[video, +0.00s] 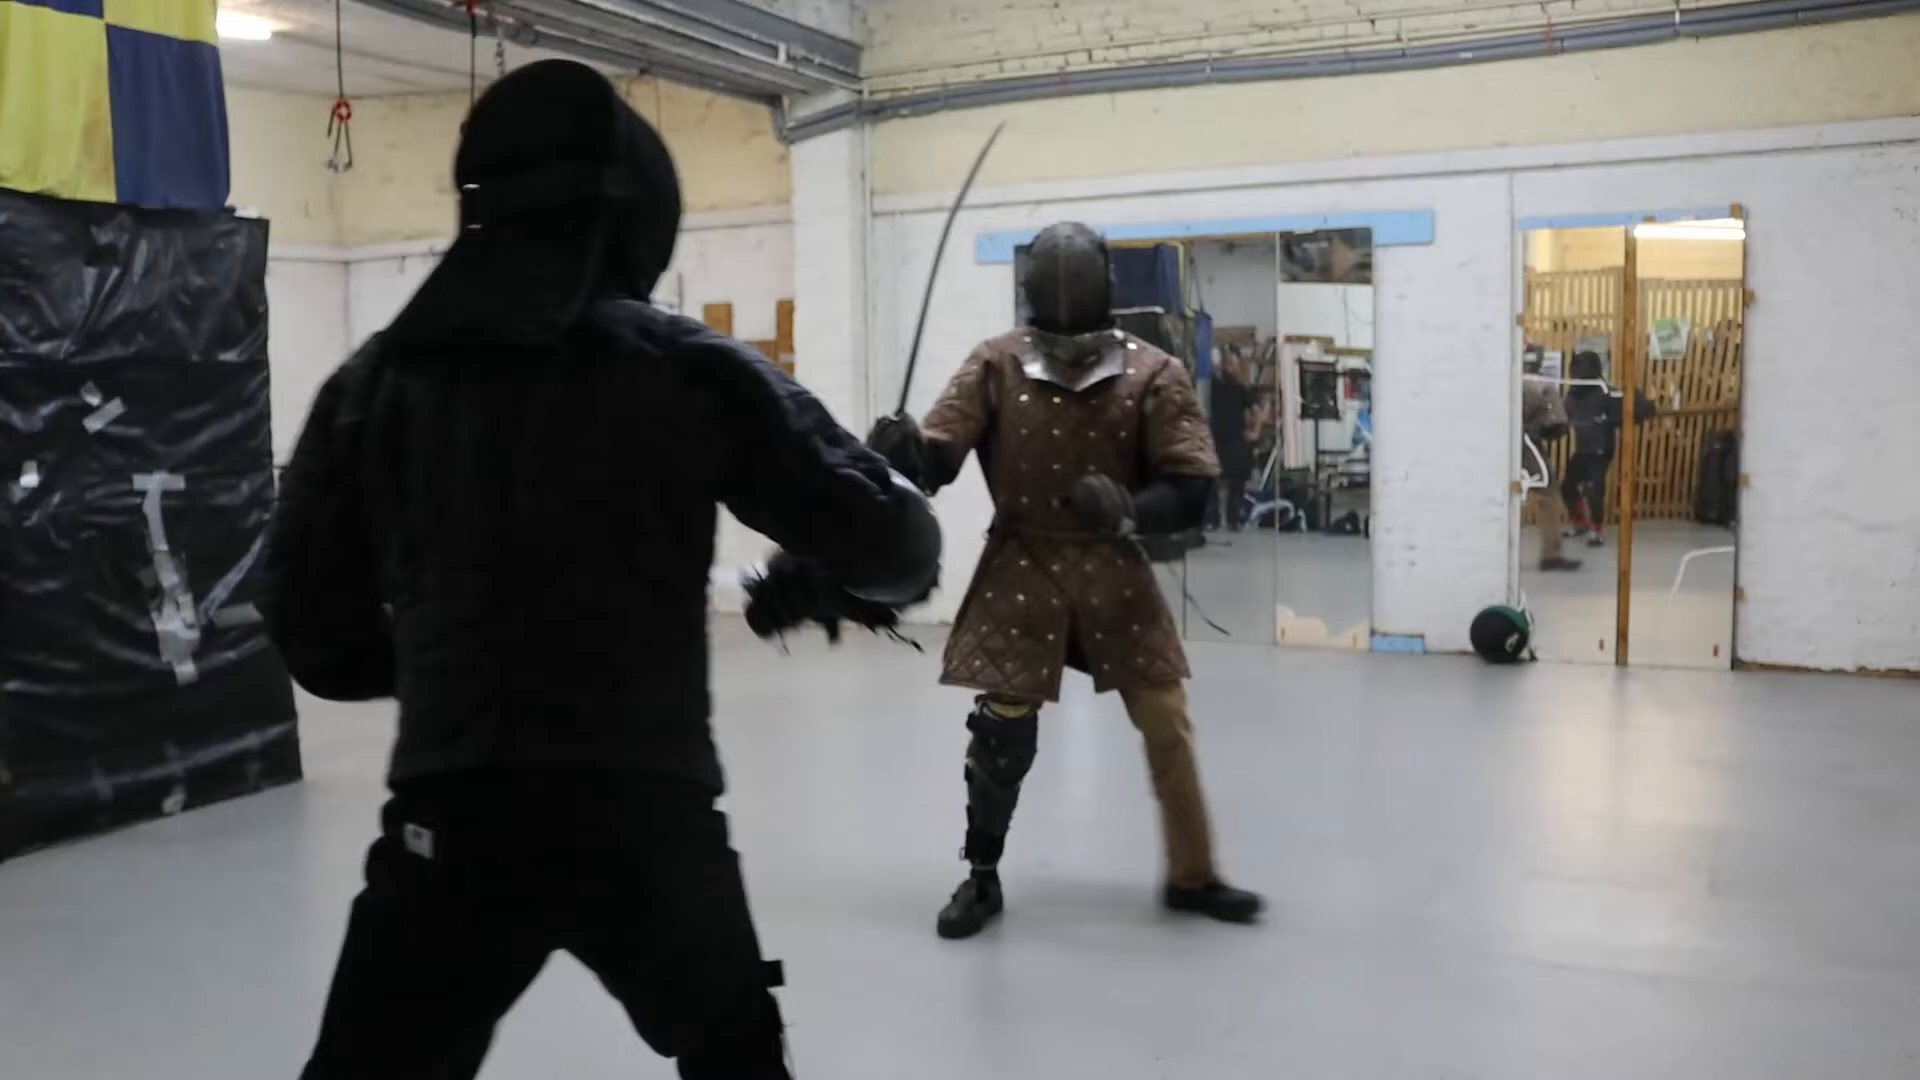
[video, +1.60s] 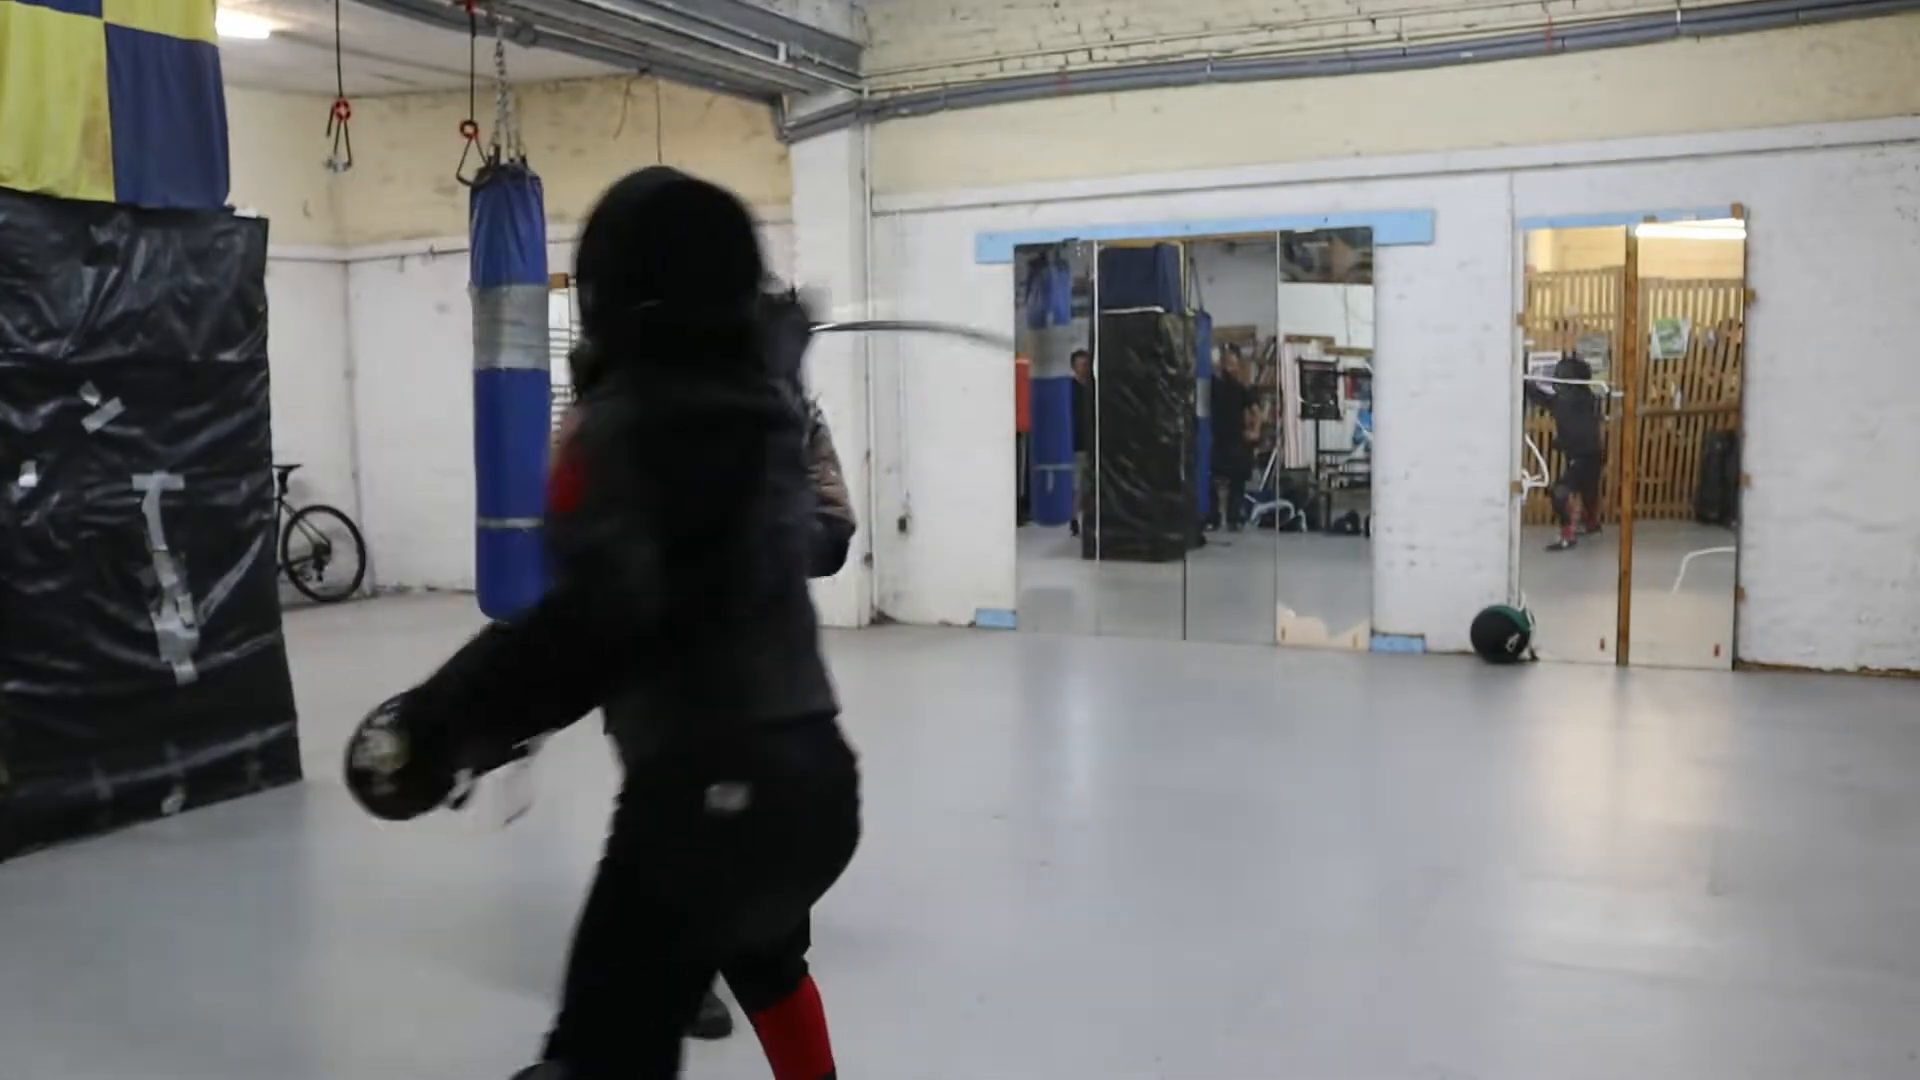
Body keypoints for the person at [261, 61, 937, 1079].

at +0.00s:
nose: (666, 236)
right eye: (657, 209)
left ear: (478, 208)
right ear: (631, 211)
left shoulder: (376, 384)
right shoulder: (684, 371)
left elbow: (317, 645)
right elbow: (901, 548)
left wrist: (457, 638)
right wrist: (812, 576)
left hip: (448, 842)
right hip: (649, 837)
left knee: (355, 1072)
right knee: (738, 1060)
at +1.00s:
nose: (570, 277)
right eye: (558, 247)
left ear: (389, 252)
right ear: (533, 254)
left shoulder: (311, 434)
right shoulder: (595, 396)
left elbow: (289, 683)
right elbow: (821, 473)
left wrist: (400, 717)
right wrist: (738, 505)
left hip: (415, 862)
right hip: (601, 850)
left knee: (382, 1072)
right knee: (690, 1049)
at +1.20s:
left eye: (374, 260)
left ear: (384, 274)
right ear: (533, 250)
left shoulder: (358, 440)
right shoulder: (611, 366)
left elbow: (359, 572)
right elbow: (751, 206)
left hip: (477, 845)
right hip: (643, 824)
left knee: (423, 1068)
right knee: (706, 991)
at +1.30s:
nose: (582, 299)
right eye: (573, 279)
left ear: (411, 304)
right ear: (564, 288)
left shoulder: (374, 479)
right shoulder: (629, 403)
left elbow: (354, 532)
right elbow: (792, 245)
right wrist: (767, 98)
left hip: (521, 865)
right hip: (681, 835)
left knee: (457, 1070)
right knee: (730, 977)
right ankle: (771, 1058)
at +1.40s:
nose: (626, 300)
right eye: (613, 279)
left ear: (453, 321)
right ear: (596, 300)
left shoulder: (419, 490)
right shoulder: (671, 422)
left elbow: (341, 628)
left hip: (562, 866)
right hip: (717, 840)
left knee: (486, 1069)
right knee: (770, 949)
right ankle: (812, 1070)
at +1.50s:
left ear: (520, 320)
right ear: (658, 299)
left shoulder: (491, 487)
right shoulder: (729, 420)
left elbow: (390, 709)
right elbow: (838, 377)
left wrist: (440, 595)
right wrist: (862, 259)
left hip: (617, 844)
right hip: (760, 806)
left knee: (521, 1067)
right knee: (780, 977)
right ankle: (811, 1069)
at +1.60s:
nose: (585, 295)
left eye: (595, 273)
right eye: (591, 273)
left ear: (620, 287)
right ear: (733, 280)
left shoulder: (632, 424)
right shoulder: (763, 402)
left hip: (702, 794)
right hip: (807, 772)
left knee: (605, 1052)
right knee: (767, 965)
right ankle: (813, 1071)